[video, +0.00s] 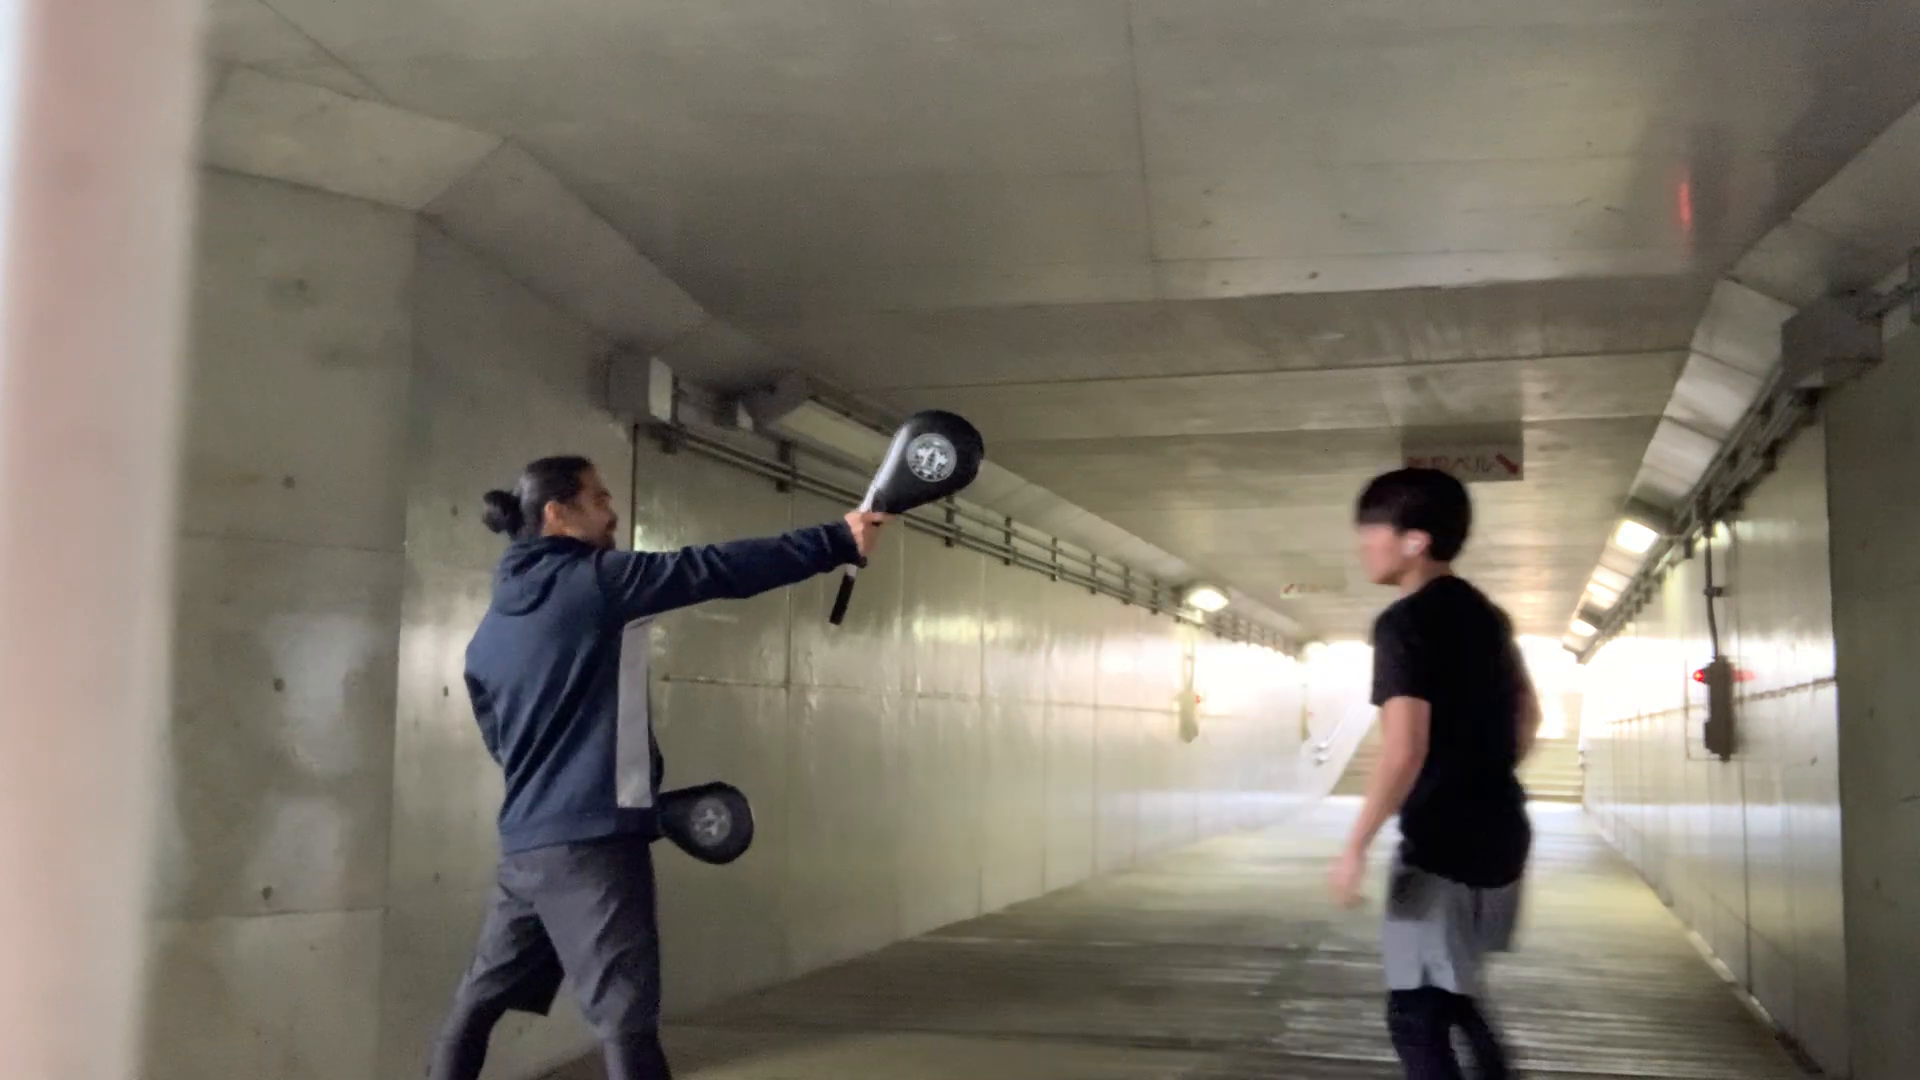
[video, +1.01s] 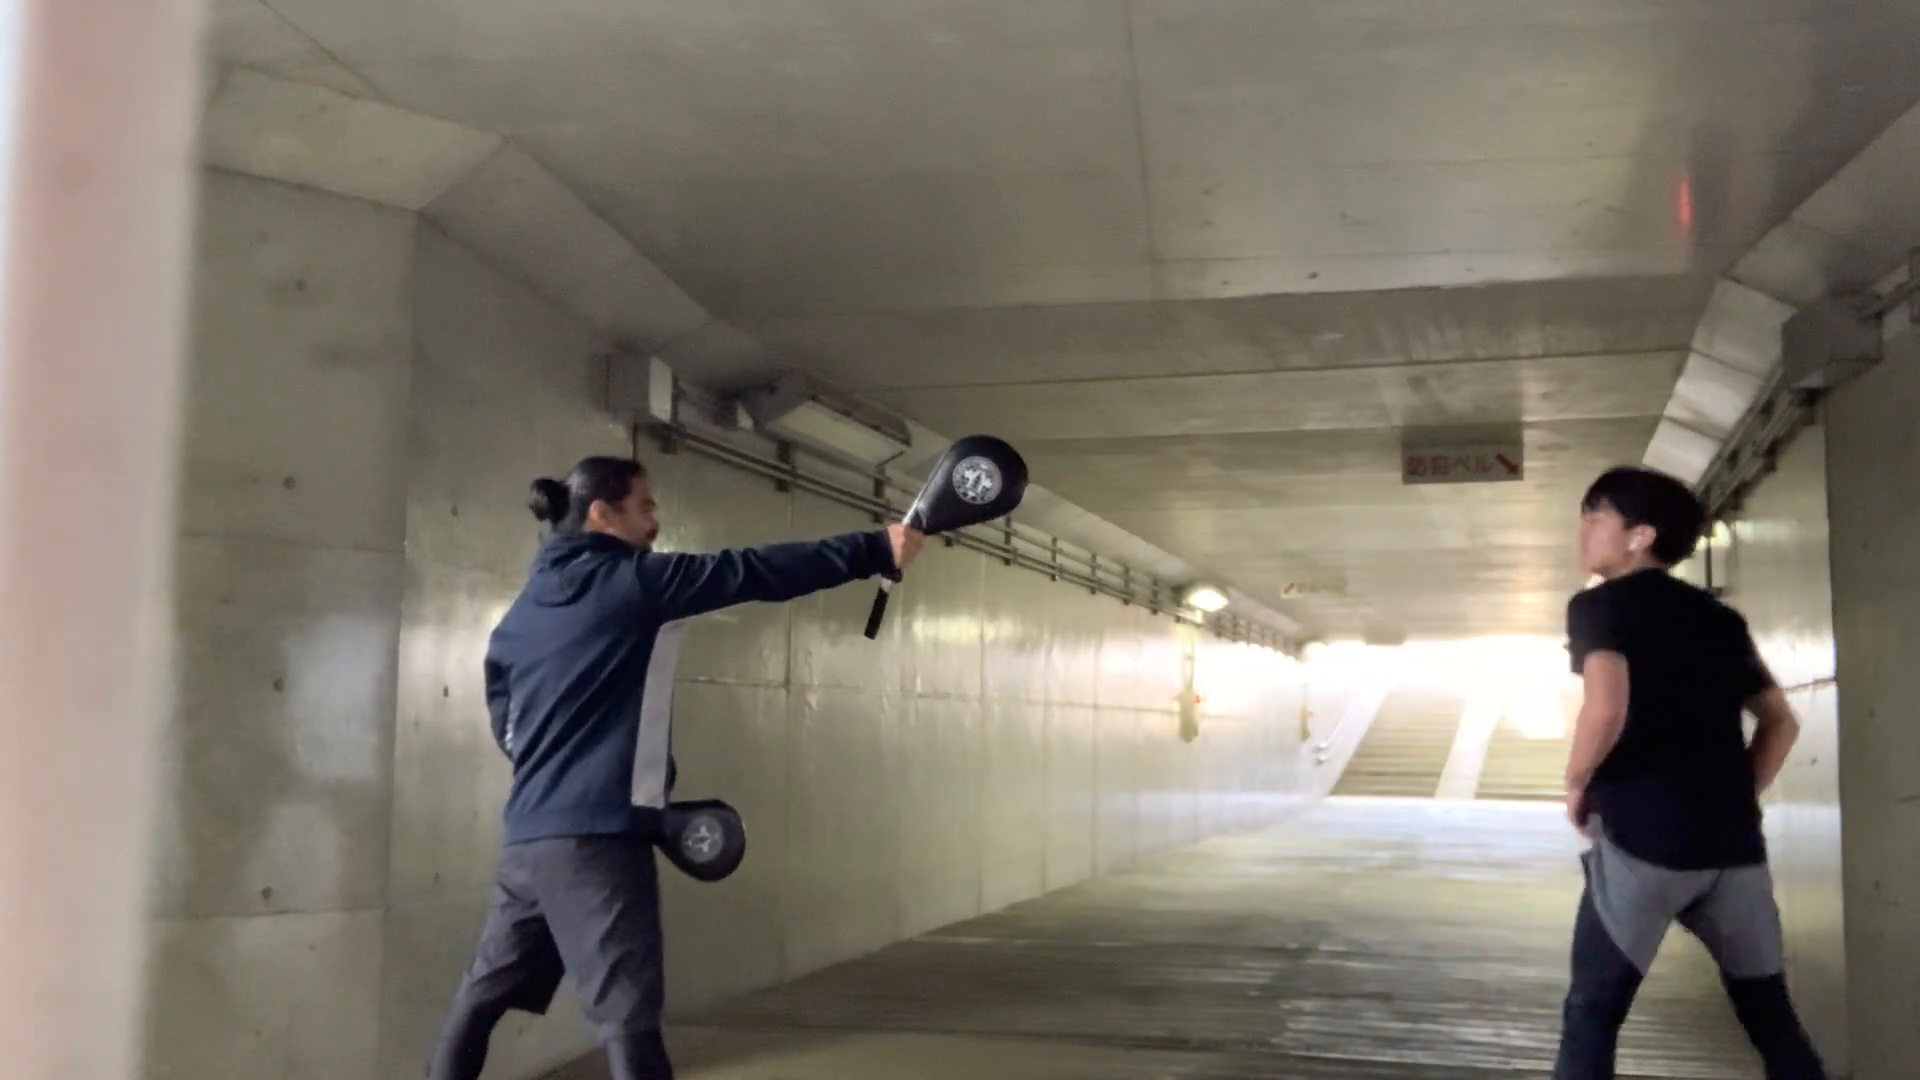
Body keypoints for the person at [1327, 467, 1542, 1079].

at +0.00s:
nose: (1361, 541)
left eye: (1372, 527)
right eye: (1363, 527)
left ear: (1415, 542)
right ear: (1421, 543)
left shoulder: (1405, 621)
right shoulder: (1485, 614)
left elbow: (1405, 749)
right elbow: (1525, 718)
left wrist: (1356, 846)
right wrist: (1480, 772)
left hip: (1441, 844)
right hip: (1500, 836)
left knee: (1415, 1017)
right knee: (1458, 996)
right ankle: (1499, 1070)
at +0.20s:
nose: (1477, 549)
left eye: (1492, 538)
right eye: (1482, 535)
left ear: (1540, 559)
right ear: (1546, 562)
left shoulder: (1509, 637)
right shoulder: (1593, 632)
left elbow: (1504, 768)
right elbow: (1634, 747)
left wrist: (1463, 868)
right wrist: (1654, 836)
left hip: (1539, 865)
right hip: (1613, 860)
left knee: (1468, 1022)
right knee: (1665, 1016)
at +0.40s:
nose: (1583, 577)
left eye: (1598, 566)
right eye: (1588, 564)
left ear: (1646, 583)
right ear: (1649, 587)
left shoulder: (1606, 650)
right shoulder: (1702, 670)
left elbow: (1613, 771)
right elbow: (1709, 788)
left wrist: (1582, 879)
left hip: (1640, 895)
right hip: (1721, 896)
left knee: (1555, 1043)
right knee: (1740, 1053)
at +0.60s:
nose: (1607, 552)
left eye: (1623, 541)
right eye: (1614, 539)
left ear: (1670, 559)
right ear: (1672, 564)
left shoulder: (1633, 623)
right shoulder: (1730, 640)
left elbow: (1632, 725)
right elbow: (1756, 758)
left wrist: (1582, 814)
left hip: (1667, 855)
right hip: (1747, 857)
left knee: (1580, 1019)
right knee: (1768, 1037)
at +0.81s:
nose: (1584, 576)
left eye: (1596, 560)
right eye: (1587, 560)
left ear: (1644, 572)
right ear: (1649, 575)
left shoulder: (1609, 642)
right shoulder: (1721, 658)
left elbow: (1597, 752)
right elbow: (1776, 771)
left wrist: (1565, 834)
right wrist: (1735, 839)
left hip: (1650, 875)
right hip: (1736, 879)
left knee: (1577, 1041)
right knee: (1743, 1044)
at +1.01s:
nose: (1583, 533)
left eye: (1595, 519)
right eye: (1586, 518)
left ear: (1641, 534)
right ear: (1650, 538)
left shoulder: (1601, 604)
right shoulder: (1718, 615)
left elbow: (1607, 705)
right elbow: (1780, 722)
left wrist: (1575, 785)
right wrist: (1735, 796)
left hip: (1644, 840)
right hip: (1732, 836)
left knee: (1591, 1018)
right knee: (1771, 1017)